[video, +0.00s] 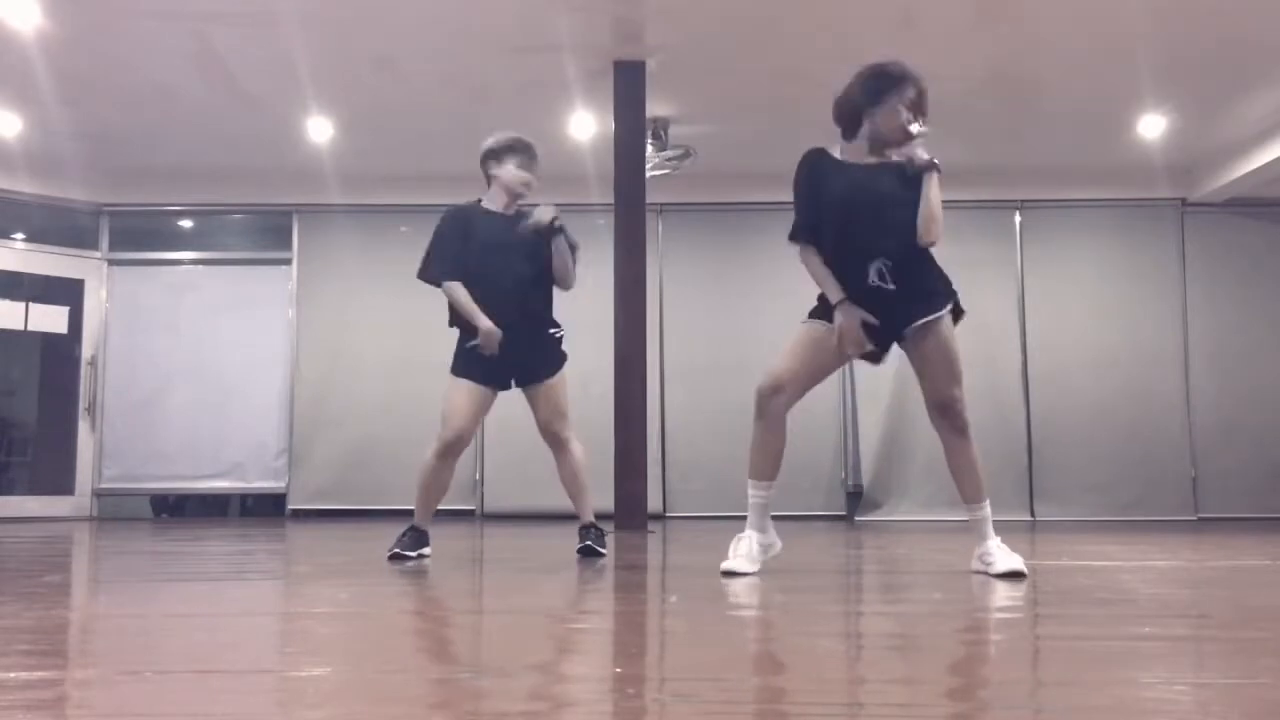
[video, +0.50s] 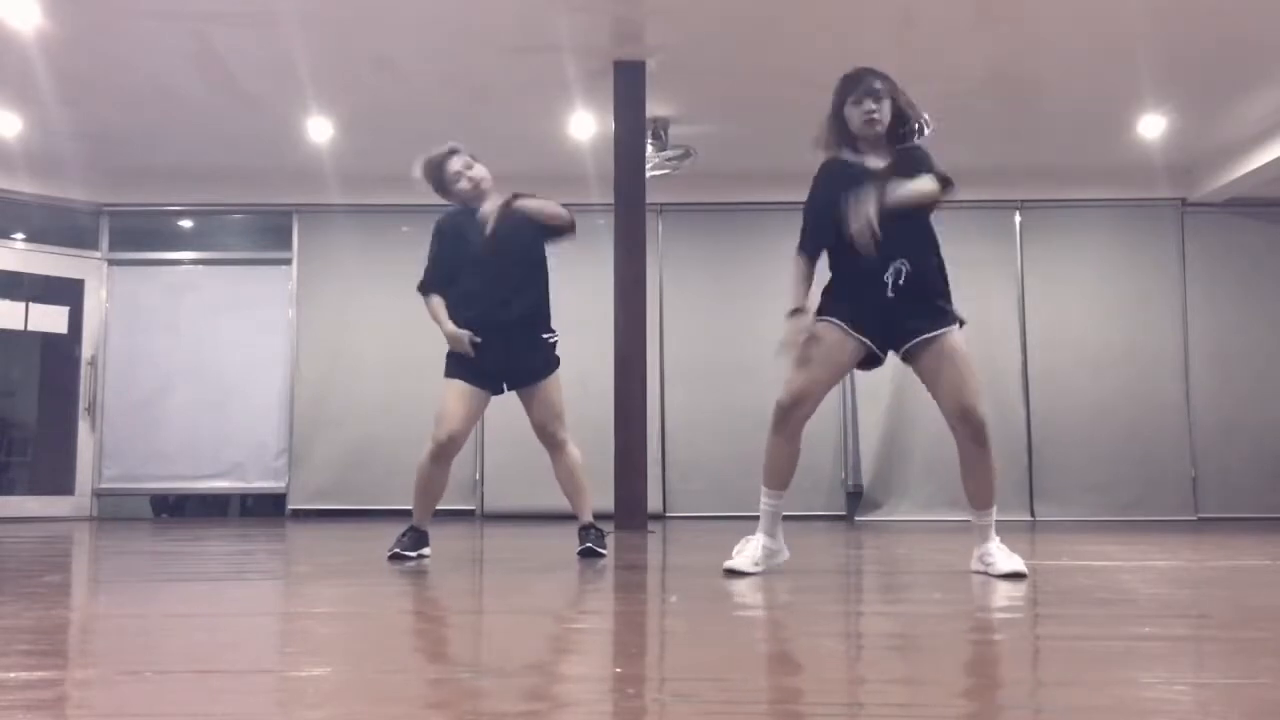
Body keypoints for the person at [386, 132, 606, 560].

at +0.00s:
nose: (527, 175)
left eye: (530, 169)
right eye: (518, 166)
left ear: (533, 176)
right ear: (491, 169)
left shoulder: (542, 225)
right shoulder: (460, 219)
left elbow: (566, 281)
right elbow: (448, 280)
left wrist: (553, 232)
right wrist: (483, 323)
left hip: (536, 344)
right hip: (479, 344)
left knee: (558, 432)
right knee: (451, 438)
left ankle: (589, 526)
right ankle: (418, 530)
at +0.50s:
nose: (470, 176)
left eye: (470, 165)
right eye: (457, 178)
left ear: (483, 164)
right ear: (449, 195)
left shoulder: (523, 212)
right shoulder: (450, 227)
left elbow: (564, 220)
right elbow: (431, 287)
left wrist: (512, 204)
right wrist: (449, 328)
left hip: (529, 342)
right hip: (473, 347)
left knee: (554, 434)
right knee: (445, 439)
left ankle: (588, 527)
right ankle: (417, 531)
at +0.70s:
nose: (440, 176)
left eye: (448, 168)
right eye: (431, 173)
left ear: (466, 174)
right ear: (425, 186)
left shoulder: (476, 210)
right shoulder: (450, 224)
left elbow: (500, 256)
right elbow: (454, 280)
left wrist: (500, 323)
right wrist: (443, 320)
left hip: (515, 330)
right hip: (470, 337)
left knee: (554, 432)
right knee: (432, 427)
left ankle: (594, 523)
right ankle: (435, 531)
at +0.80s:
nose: (439, 171)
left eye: (447, 163)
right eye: (431, 167)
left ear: (467, 169)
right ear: (426, 179)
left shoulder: (470, 201)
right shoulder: (443, 222)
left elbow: (491, 234)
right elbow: (429, 274)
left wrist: (475, 290)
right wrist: (416, 305)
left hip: (485, 329)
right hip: (450, 334)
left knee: (505, 427)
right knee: (420, 429)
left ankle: (584, 502)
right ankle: (433, 532)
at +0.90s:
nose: (432, 166)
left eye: (440, 159)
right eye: (424, 164)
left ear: (459, 166)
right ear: (418, 176)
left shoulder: (471, 197)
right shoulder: (419, 221)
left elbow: (493, 180)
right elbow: (392, 232)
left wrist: (453, 185)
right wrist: (371, 238)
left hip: (473, 314)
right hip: (436, 316)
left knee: (454, 405)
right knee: (416, 426)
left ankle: (517, 500)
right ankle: (433, 530)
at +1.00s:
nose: (429, 158)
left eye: (438, 150)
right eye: (421, 155)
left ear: (459, 160)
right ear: (416, 168)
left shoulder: (465, 200)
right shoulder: (416, 216)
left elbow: (474, 178)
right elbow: (383, 248)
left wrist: (481, 139)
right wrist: (398, 212)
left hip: (468, 315)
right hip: (432, 320)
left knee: (424, 385)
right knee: (422, 417)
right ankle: (434, 527)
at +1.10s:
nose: (427, 165)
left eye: (435, 156)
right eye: (419, 161)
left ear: (457, 162)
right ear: (415, 173)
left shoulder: (465, 199)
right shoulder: (417, 225)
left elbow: (497, 191)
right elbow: (392, 260)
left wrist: (477, 142)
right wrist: (357, 221)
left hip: (449, 318)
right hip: (419, 323)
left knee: (403, 400)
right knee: (405, 419)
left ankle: (400, 515)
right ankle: (433, 530)